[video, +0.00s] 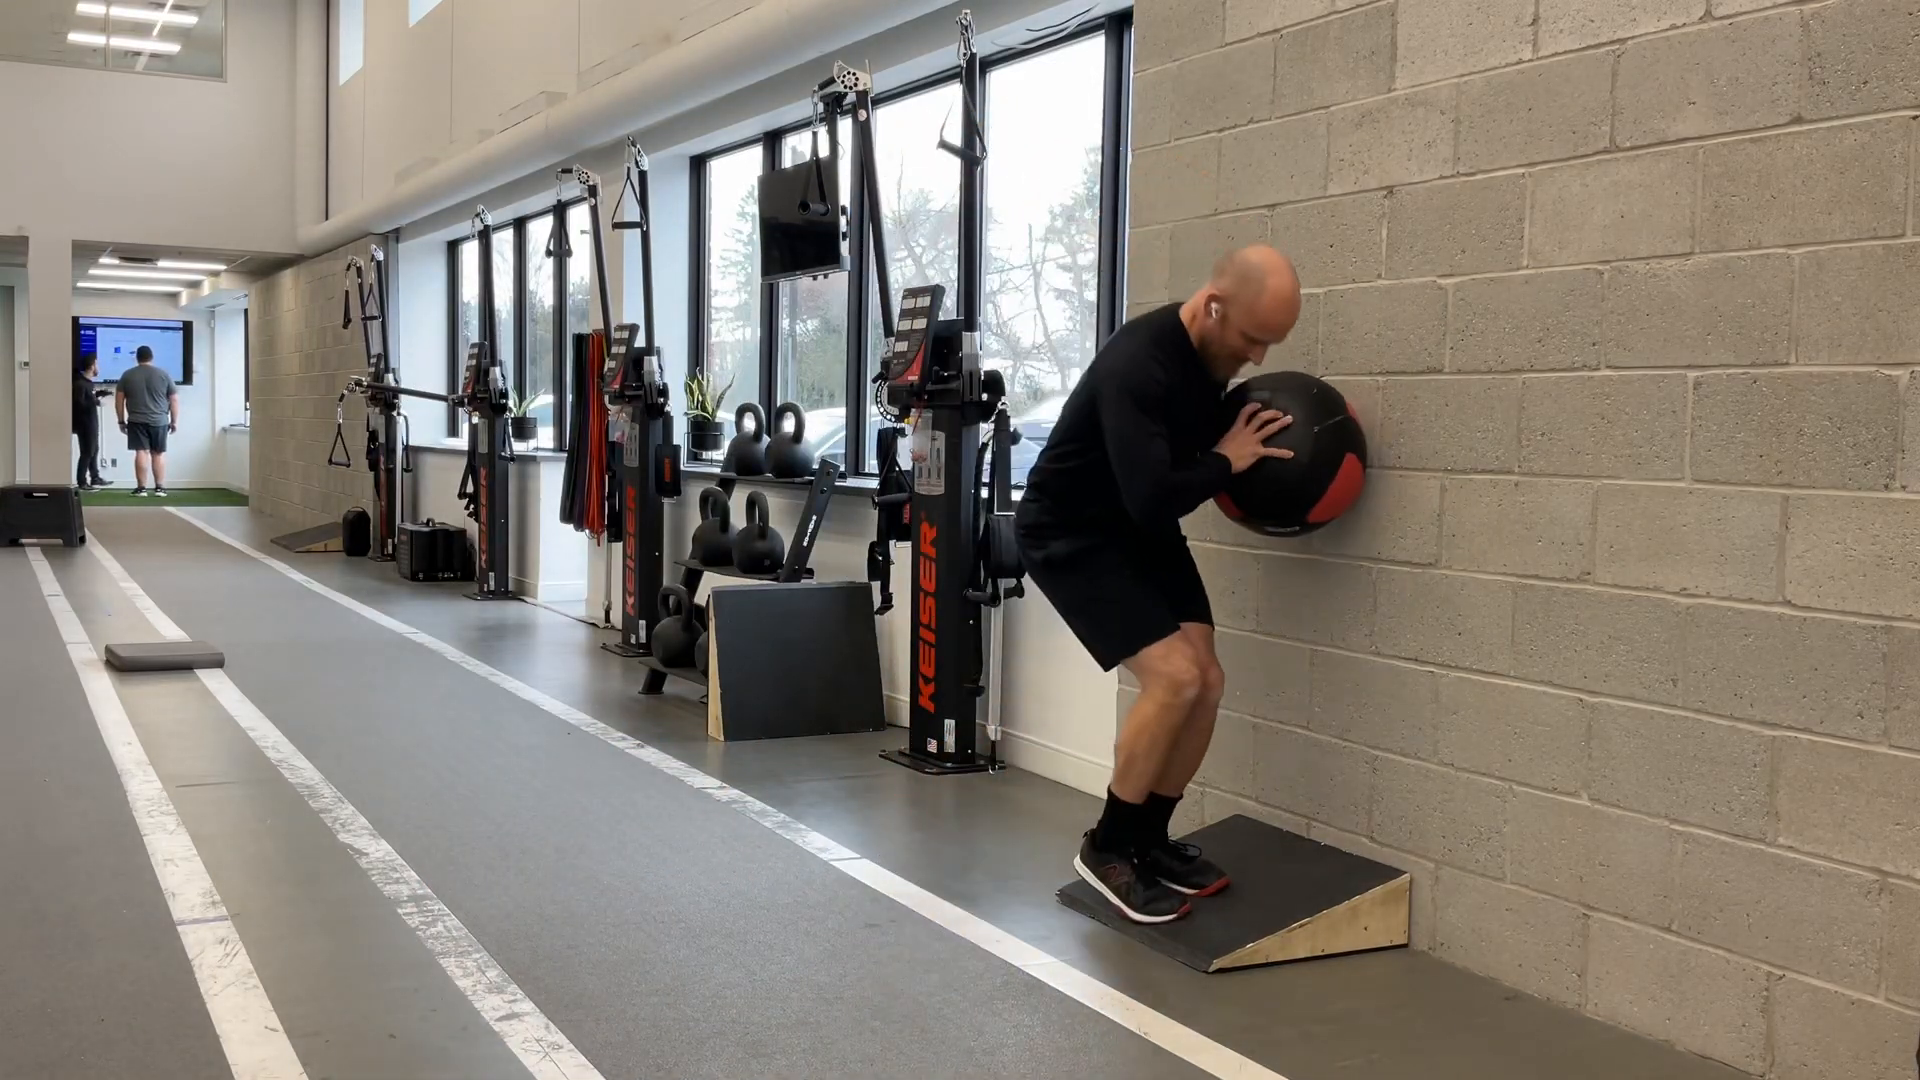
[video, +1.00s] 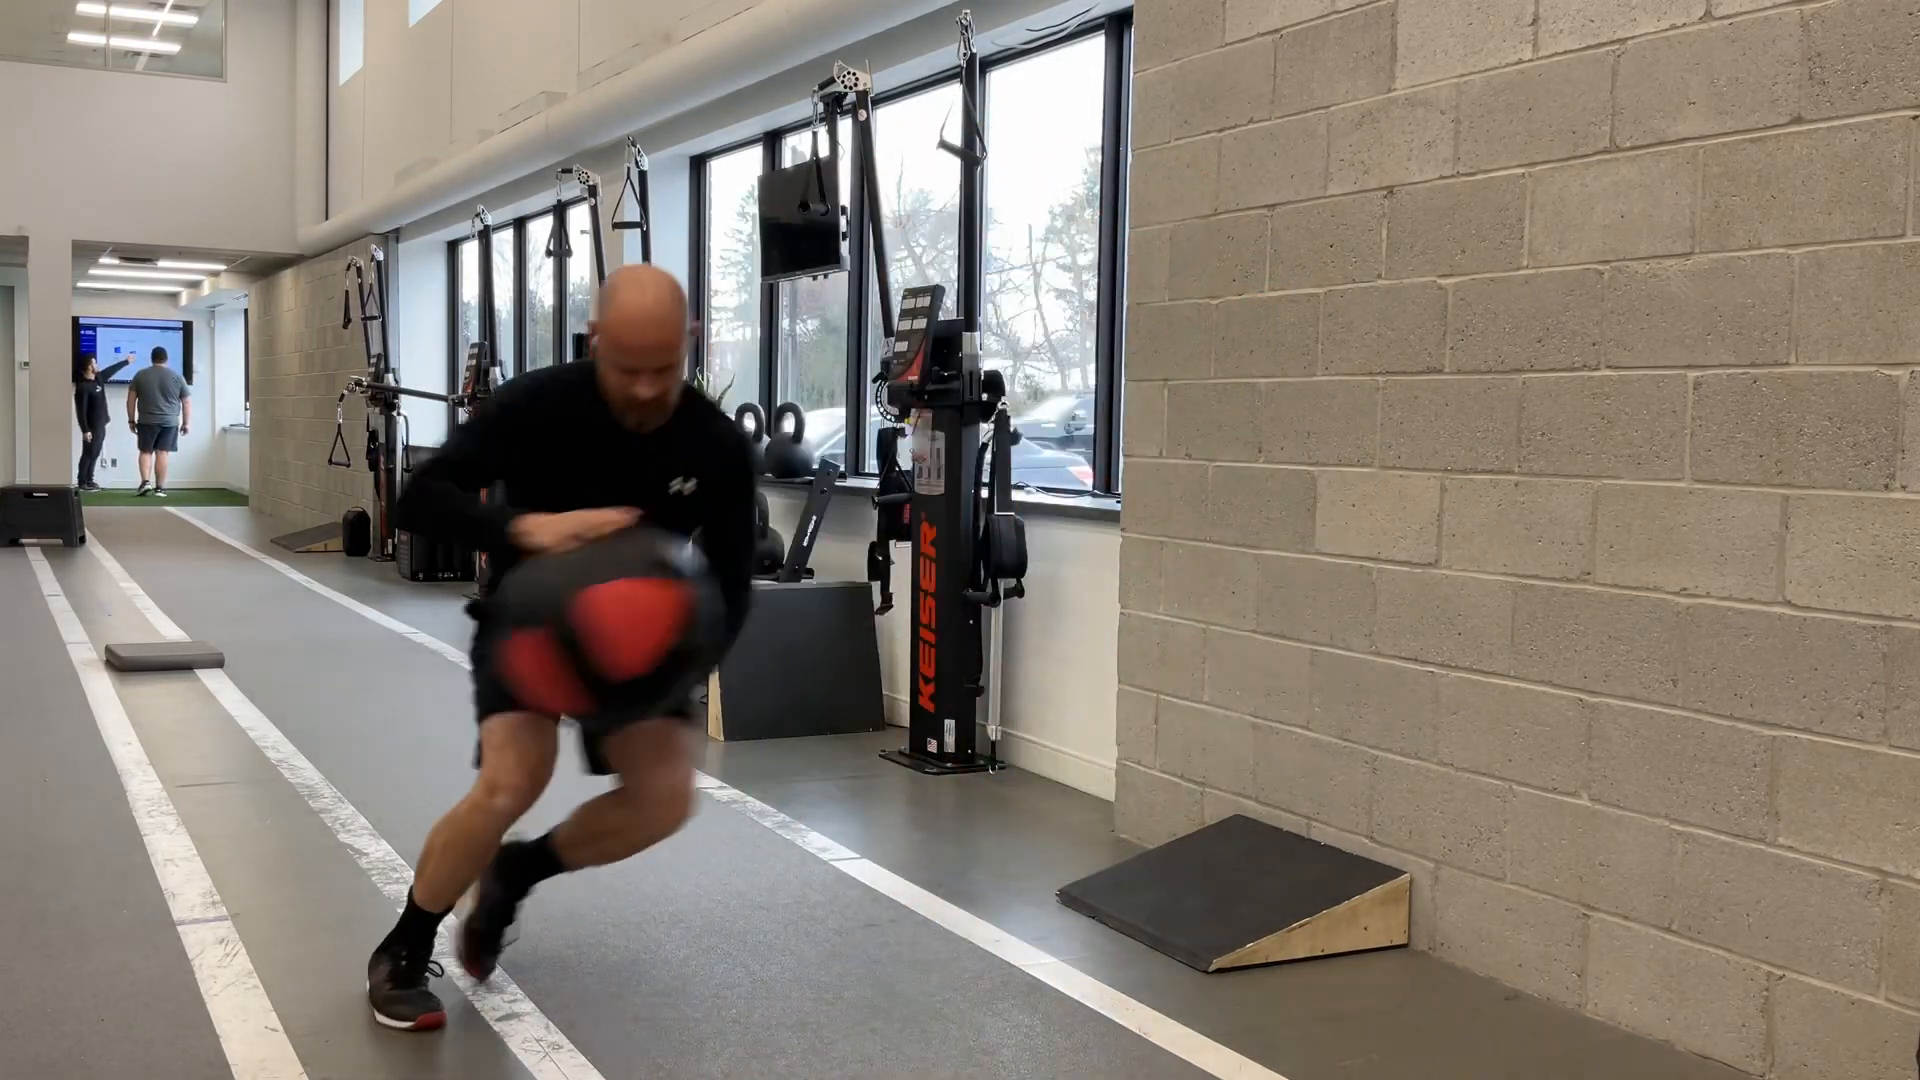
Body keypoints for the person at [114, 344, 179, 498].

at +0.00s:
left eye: (139, 357)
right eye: (149, 357)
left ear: (137, 358)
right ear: (152, 358)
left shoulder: (128, 375)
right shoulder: (163, 375)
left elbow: (119, 399)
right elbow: (173, 398)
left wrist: (121, 420)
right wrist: (174, 421)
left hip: (136, 421)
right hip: (158, 422)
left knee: (141, 452)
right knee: (157, 454)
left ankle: (141, 487)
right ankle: (159, 487)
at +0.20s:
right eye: (154, 357)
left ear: (142, 358)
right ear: (157, 358)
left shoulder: (132, 374)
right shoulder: (167, 375)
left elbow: (123, 398)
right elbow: (178, 398)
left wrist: (123, 419)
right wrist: (177, 421)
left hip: (140, 421)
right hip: (162, 422)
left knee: (143, 452)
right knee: (159, 453)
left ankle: (141, 487)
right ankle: (160, 487)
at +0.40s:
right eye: (159, 358)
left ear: (147, 358)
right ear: (162, 358)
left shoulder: (137, 375)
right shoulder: (171, 376)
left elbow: (127, 398)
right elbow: (182, 399)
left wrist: (127, 419)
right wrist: (182, 422)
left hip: (143, 422)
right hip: (166, 423)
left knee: (143, 453)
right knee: (161, 453)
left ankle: (141, 486)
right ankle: (160, 487)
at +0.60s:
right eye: (163, 358)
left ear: (151, 359)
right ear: (165, 359)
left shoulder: (140, 375)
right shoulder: (174, 377)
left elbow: (130, 398)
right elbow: (185, 400)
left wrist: (131, 419)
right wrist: (186, 423)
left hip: (145, 422)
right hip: (168, 422)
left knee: (144, 452)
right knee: (163, 453)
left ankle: (142, 485)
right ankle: (160, 487)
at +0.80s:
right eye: (164, 358)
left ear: (151, 359)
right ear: (166, 359)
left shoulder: (141, 375)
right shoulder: (176, 377)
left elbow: (131, 398)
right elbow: (186, 400)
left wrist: (131, 420)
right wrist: (186, 423)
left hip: (147, 422)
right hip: (169, 423)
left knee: (145, 452)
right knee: (163, 453)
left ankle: (144, 483)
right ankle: (160, 487)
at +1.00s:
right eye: (164, 358)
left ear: (151, 359)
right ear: (166, 359)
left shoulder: (141, 375)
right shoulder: (176, 376)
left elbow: (131, 398)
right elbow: (186, 401)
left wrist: (131, 420)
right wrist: (186, 423)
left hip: (147, 422)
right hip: (169, 423)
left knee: (145, 452)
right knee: (163, 452)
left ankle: (145, 482)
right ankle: (160, 487)